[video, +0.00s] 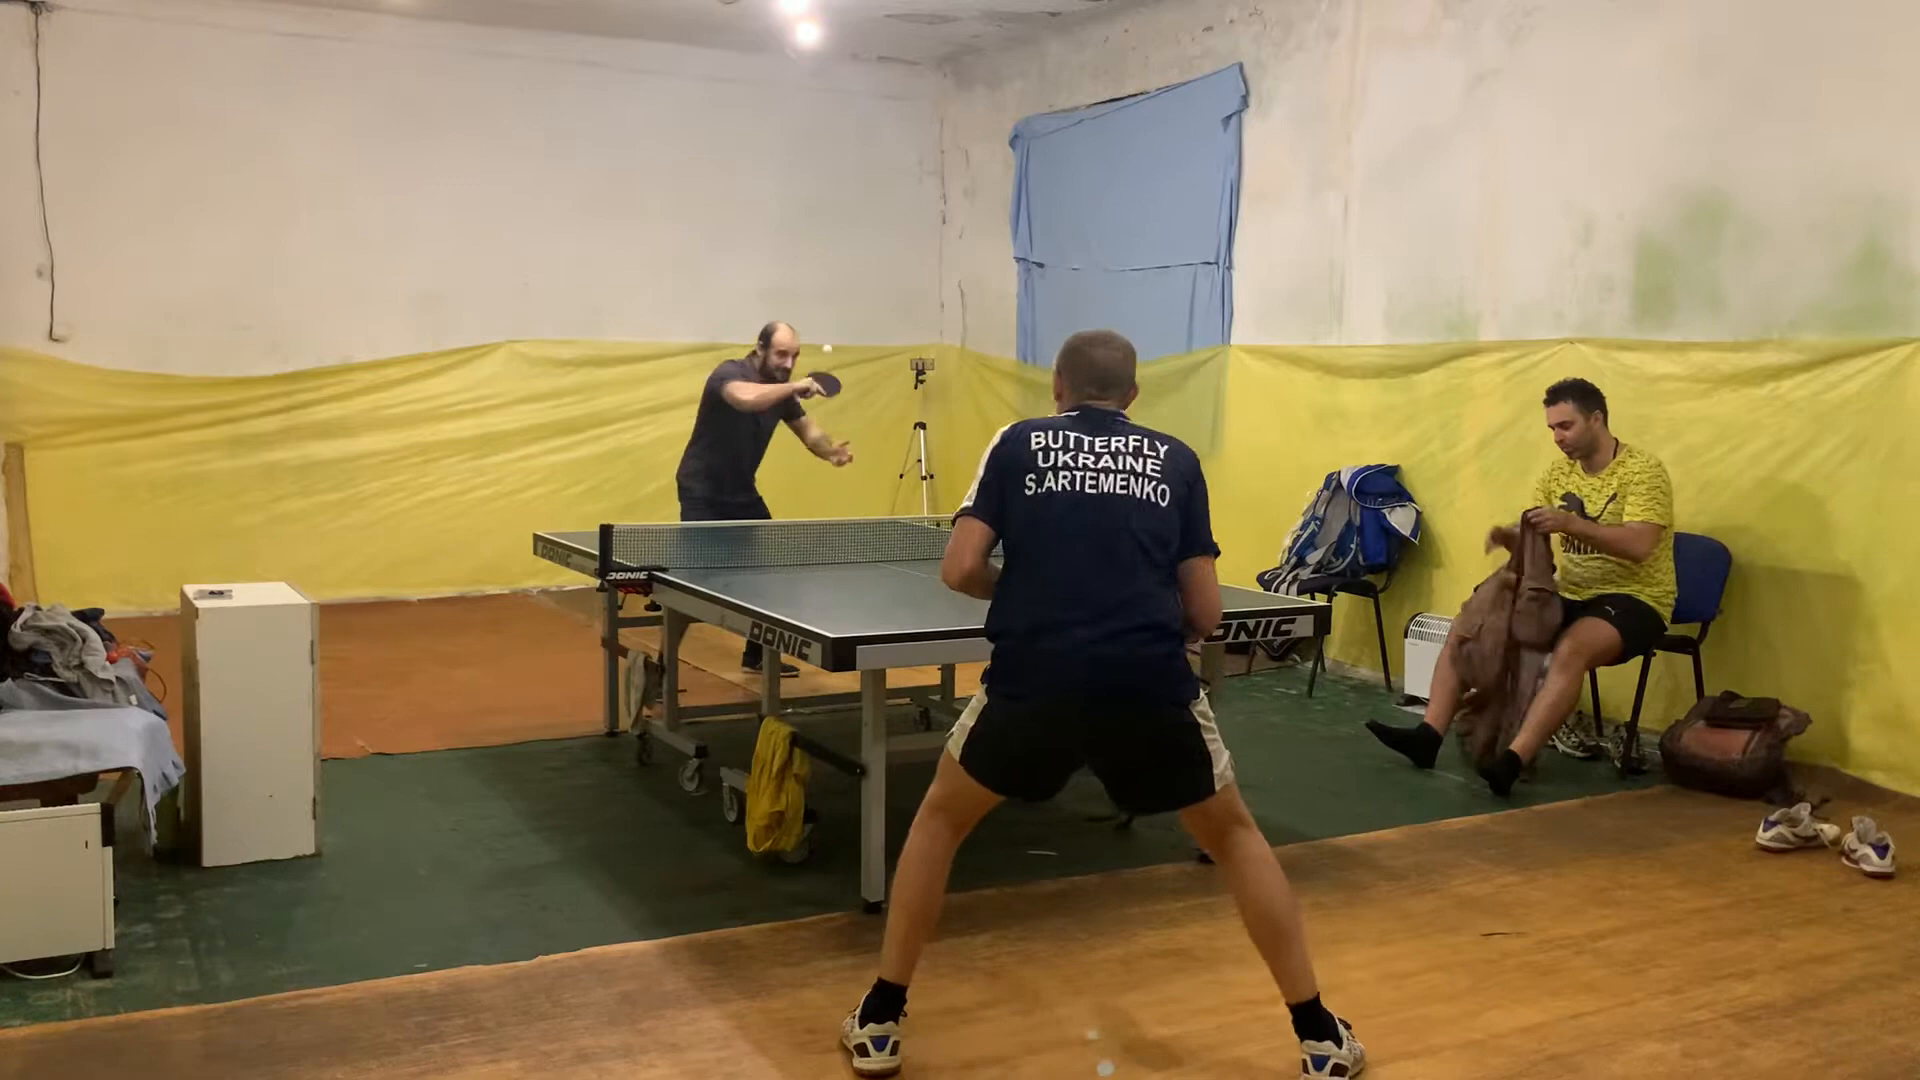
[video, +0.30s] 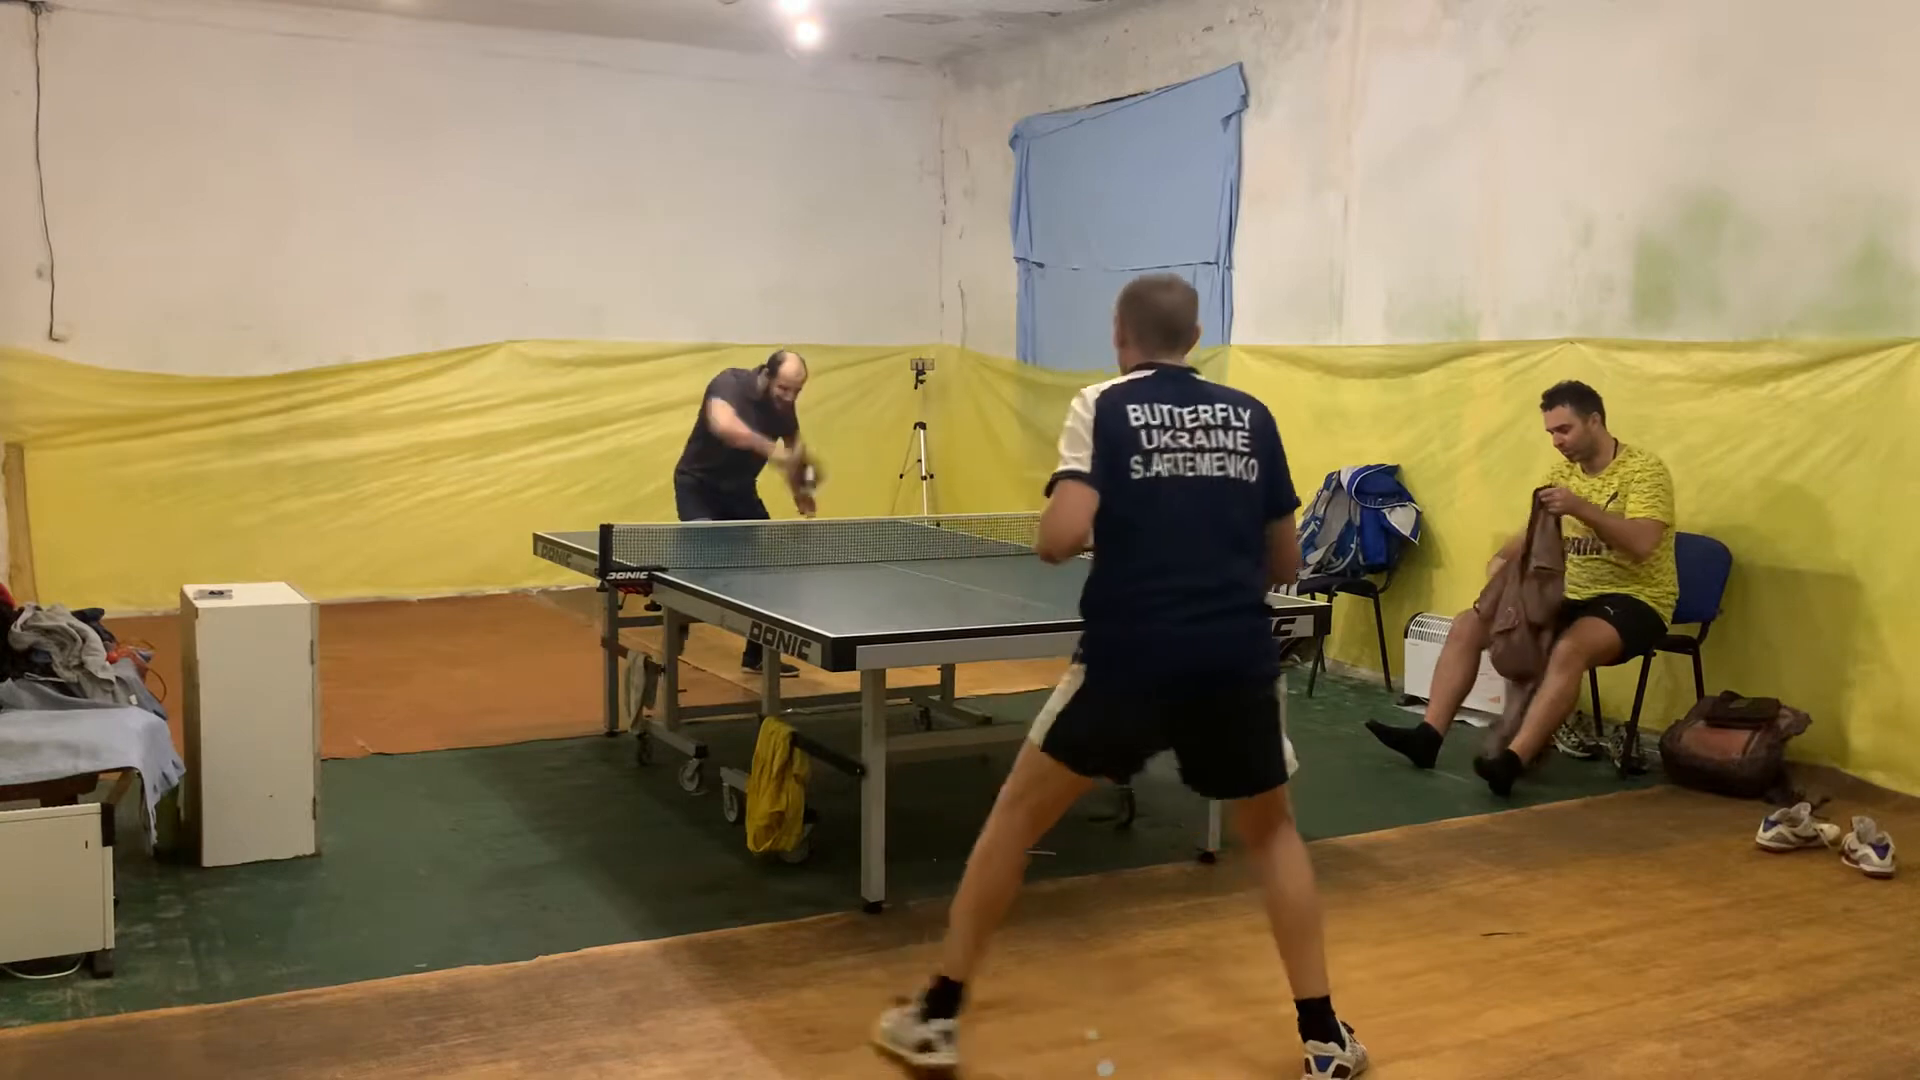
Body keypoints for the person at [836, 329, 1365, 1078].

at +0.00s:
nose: (1056, 397)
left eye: (1055, 387)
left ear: (1058, 391)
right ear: (1133, 397)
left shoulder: (1017, 440)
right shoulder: (1176, 459)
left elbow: (962, 569)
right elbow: (1203, 612)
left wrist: (1026, 591)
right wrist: (1137, 608)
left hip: (1032, 689)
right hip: (1149, 692)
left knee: (942, 821)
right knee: (1235, 837)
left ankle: (880, 1017)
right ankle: (1318, 1031)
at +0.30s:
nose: (1114, 347)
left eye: (1114, 335)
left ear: (1122, 339)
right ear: (1196, 343)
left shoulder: (1098, 405)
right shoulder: (1251, 414)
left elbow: (1063, 536)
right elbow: (1283, 562)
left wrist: (1071, 524)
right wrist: (1211, 553)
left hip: (1128, 666)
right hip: (1237, 668)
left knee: (1016, 821)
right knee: (1273, 829)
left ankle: (938, 1013)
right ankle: (1324, 1033)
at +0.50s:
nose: (1121, 343)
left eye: (1122, 332)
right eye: (1127, 332)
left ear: (1132, 335)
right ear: (1200, 337)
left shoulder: (1113, 395)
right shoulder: (1259, 407)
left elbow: (1080, 523)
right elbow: (1286, 543)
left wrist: (1057, 532)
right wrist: (1221, 540)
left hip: (1156, 651)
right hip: (1260, 650)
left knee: (1050, 800)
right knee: (1282, 798)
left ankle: (1016, 1020)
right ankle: (1353, 981)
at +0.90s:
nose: (1020, 427)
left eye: (1020, 415)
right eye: (1021, 416)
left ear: (1036, 405)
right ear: (1095, 409)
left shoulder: (1050, 442)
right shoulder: (1150, 473)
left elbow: (1009, 582)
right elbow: (1099, 647)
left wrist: (907, 580)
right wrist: (980, 631)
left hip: (1103, 702)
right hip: (1201, 702)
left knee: (938, 815)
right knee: (1241, 831)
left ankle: (925, 1037)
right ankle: (1352, 980)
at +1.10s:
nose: (1004, 333)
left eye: (1004, 322)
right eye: (1009, 322)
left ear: (1016, 322)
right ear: (1097, 329)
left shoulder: (983, 407)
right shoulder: (1149, 408)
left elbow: (882, 536)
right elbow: (1102, 500)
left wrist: (766, 585)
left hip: (1019, 685)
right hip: (1134, 680)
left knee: (909, 819)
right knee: (1193, 817)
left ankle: (925, 1037)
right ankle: (1278, 1007)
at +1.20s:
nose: (1013, 310)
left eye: (1013, 299)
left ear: (1018, 305)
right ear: (1103, 310)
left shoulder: (974, 404)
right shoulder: (1148, 397)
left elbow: (877, 536)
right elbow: (1161, 465)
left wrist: (772, 611)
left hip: (1010, 678)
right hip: (1126, 675)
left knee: (911, 817)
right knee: (1170, 816)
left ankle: (925, 1035)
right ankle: (1236, 1021)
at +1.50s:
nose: (1078, 322)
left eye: (1081, 310)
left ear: (1086, 318)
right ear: (1174, 329)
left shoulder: (1066, 428)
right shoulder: (1222, 424)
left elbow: (1029, 597)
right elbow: (1241, 502)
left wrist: (932, 684)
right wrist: (1196, 399)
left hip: (1087, 709)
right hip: (1205, 711)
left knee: (950, 820)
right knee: (1183, 909)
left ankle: (948, 1045)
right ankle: (1218, 1075)